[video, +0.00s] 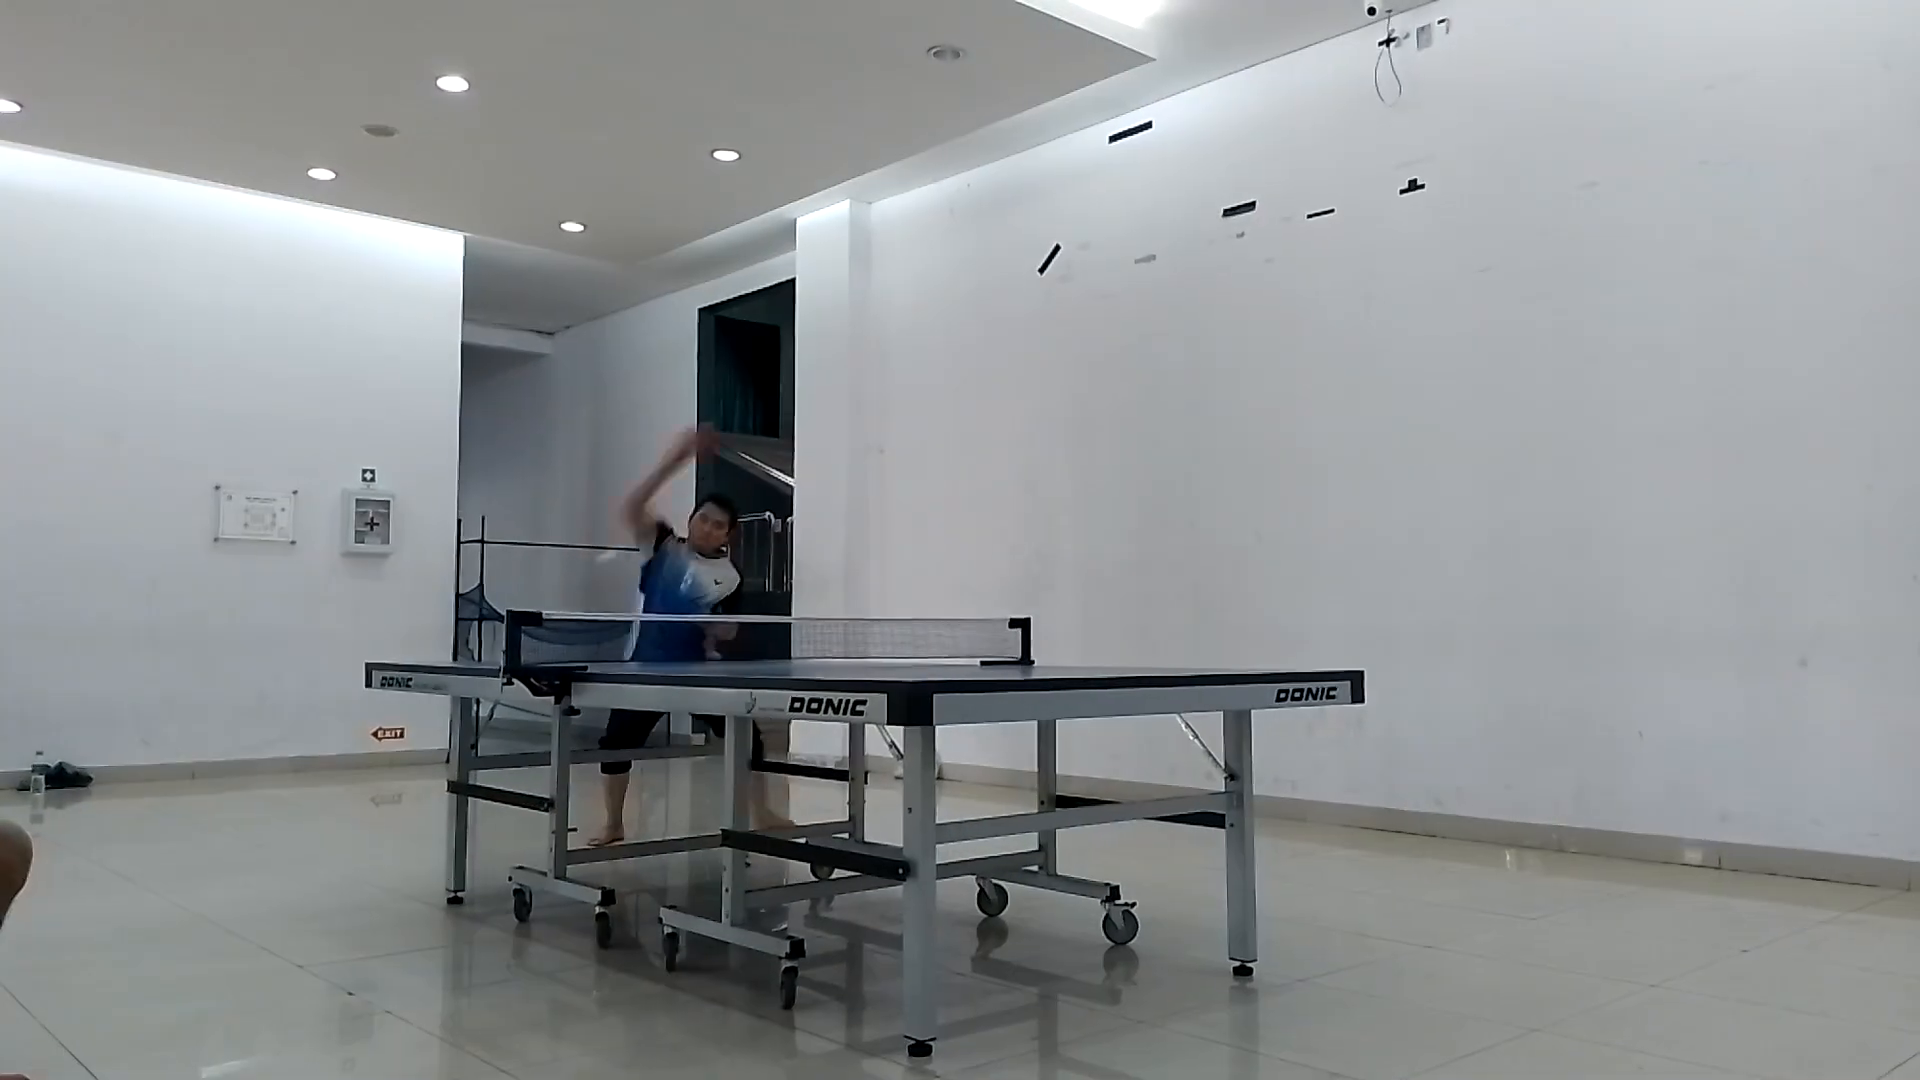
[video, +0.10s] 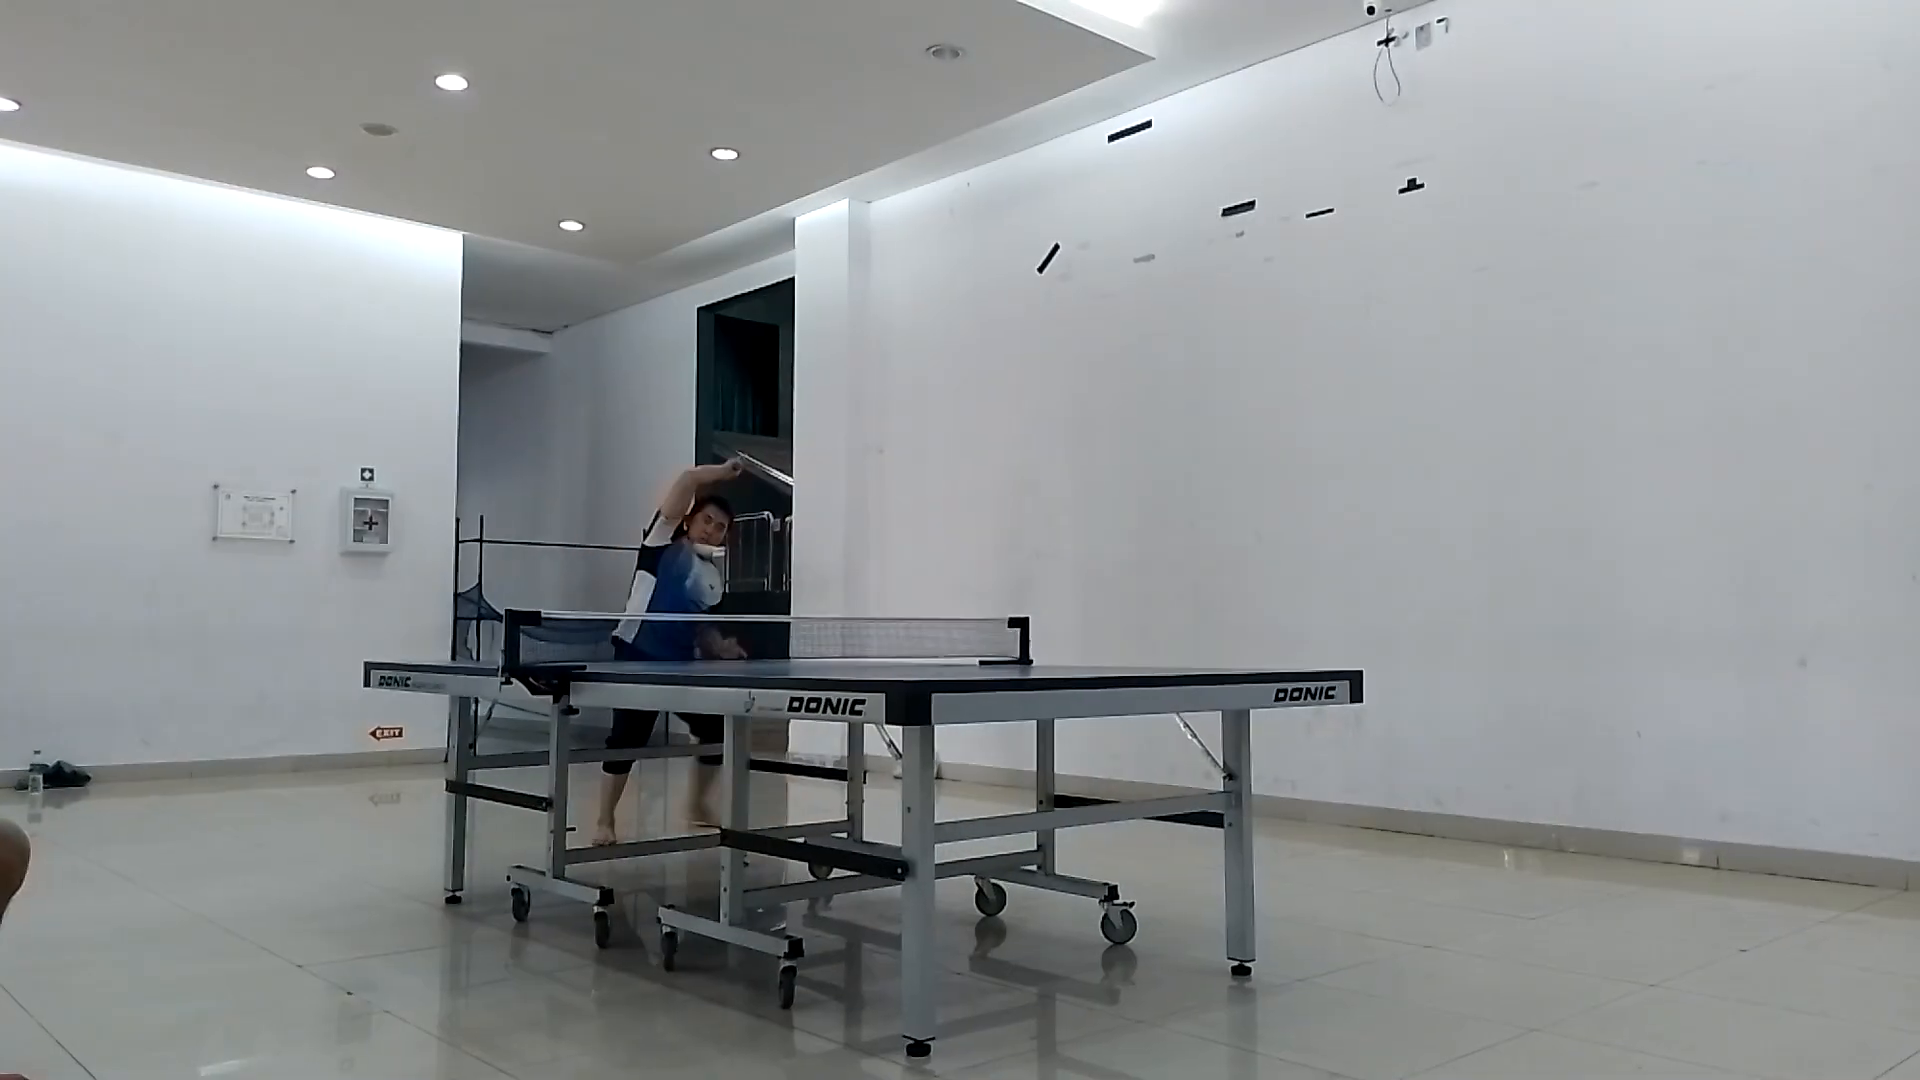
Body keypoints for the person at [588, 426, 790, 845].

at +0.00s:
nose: (707, 526)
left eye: (717, 524)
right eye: (704, 518)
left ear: (727, 536)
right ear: (692, 519)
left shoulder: (726, 577)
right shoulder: (662, 546)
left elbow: (727, 635)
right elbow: (633, 510)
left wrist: (718, 629)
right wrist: (673, 462)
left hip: (699, 672)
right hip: (648, 667)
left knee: (748, 738)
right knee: (616, 743)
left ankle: (761, 813)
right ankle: (613, 826)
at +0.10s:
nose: (712, 530)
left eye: (720, 527)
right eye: (708, 520)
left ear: (723, 537)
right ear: (690, 517)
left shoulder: (707, 570)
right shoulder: (661, 545)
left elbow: (699, 620)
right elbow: (686, 478)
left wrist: (719, 646)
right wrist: (724, 471)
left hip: (680, 664)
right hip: (638, 658)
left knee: (715, 730)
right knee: (627, 738)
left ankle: (698, 806)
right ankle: (605, 823)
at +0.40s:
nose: (706, 533)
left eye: (712, 529)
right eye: (700, 525)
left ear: (714, 539)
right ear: (680, 526)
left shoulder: (698, 582)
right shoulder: (655, 555)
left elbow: (694, 633)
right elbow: (643, 548)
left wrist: (706, 647)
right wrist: (689, 509)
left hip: (673, 667)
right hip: (633, 661)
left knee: (702, 741)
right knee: (627, 735)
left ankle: (668, 806)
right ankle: (592, 814)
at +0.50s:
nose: (696, 523)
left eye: (703, 518)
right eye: (689, 514)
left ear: (707, 529)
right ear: (670, 518)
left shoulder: (698, 571)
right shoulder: (645, 547)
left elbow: (700, 637)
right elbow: (605, 575)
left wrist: (709, 633)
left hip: (676, 666)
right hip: (633, 662)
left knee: (698, 740)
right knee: (617, 732)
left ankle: (668, 808)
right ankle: (576, 802)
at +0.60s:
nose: (680, 515)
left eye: (687, 510)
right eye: (672, 507)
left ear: (693, 519)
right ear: (653, 512)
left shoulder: (697, 567)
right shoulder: (629, 547)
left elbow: (702, 627)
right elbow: (585, 590)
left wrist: (711, 622)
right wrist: (621, 580)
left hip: (674, 669)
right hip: (625, 665)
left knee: (692, 739)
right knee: (594, 741)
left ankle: (666, 807)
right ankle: (568, 809)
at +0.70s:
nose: (662, 506)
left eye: (669, 500)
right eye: (654, 498)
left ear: (675, 509)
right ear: (635, 504)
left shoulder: (687, 560)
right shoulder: (608, 545)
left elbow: (709, 608)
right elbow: (575, 595)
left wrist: (694, 621)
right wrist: (594, 593)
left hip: (662, 671)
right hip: (609, 667)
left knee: (689, 733)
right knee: (580, 736)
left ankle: (667, 797)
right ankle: (561, 812)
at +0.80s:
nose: (652, 497)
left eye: (658, 491)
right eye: (643, 489)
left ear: (665, 501)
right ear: (625, 496)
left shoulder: (680, 551)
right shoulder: (599, 540)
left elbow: (700, 600)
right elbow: (571, 587)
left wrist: (680, 616)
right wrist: (583, 598)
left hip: (657, 663)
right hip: (605, 660)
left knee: (694, 723)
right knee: (579, 734)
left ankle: (681, 783)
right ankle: (561, 808)